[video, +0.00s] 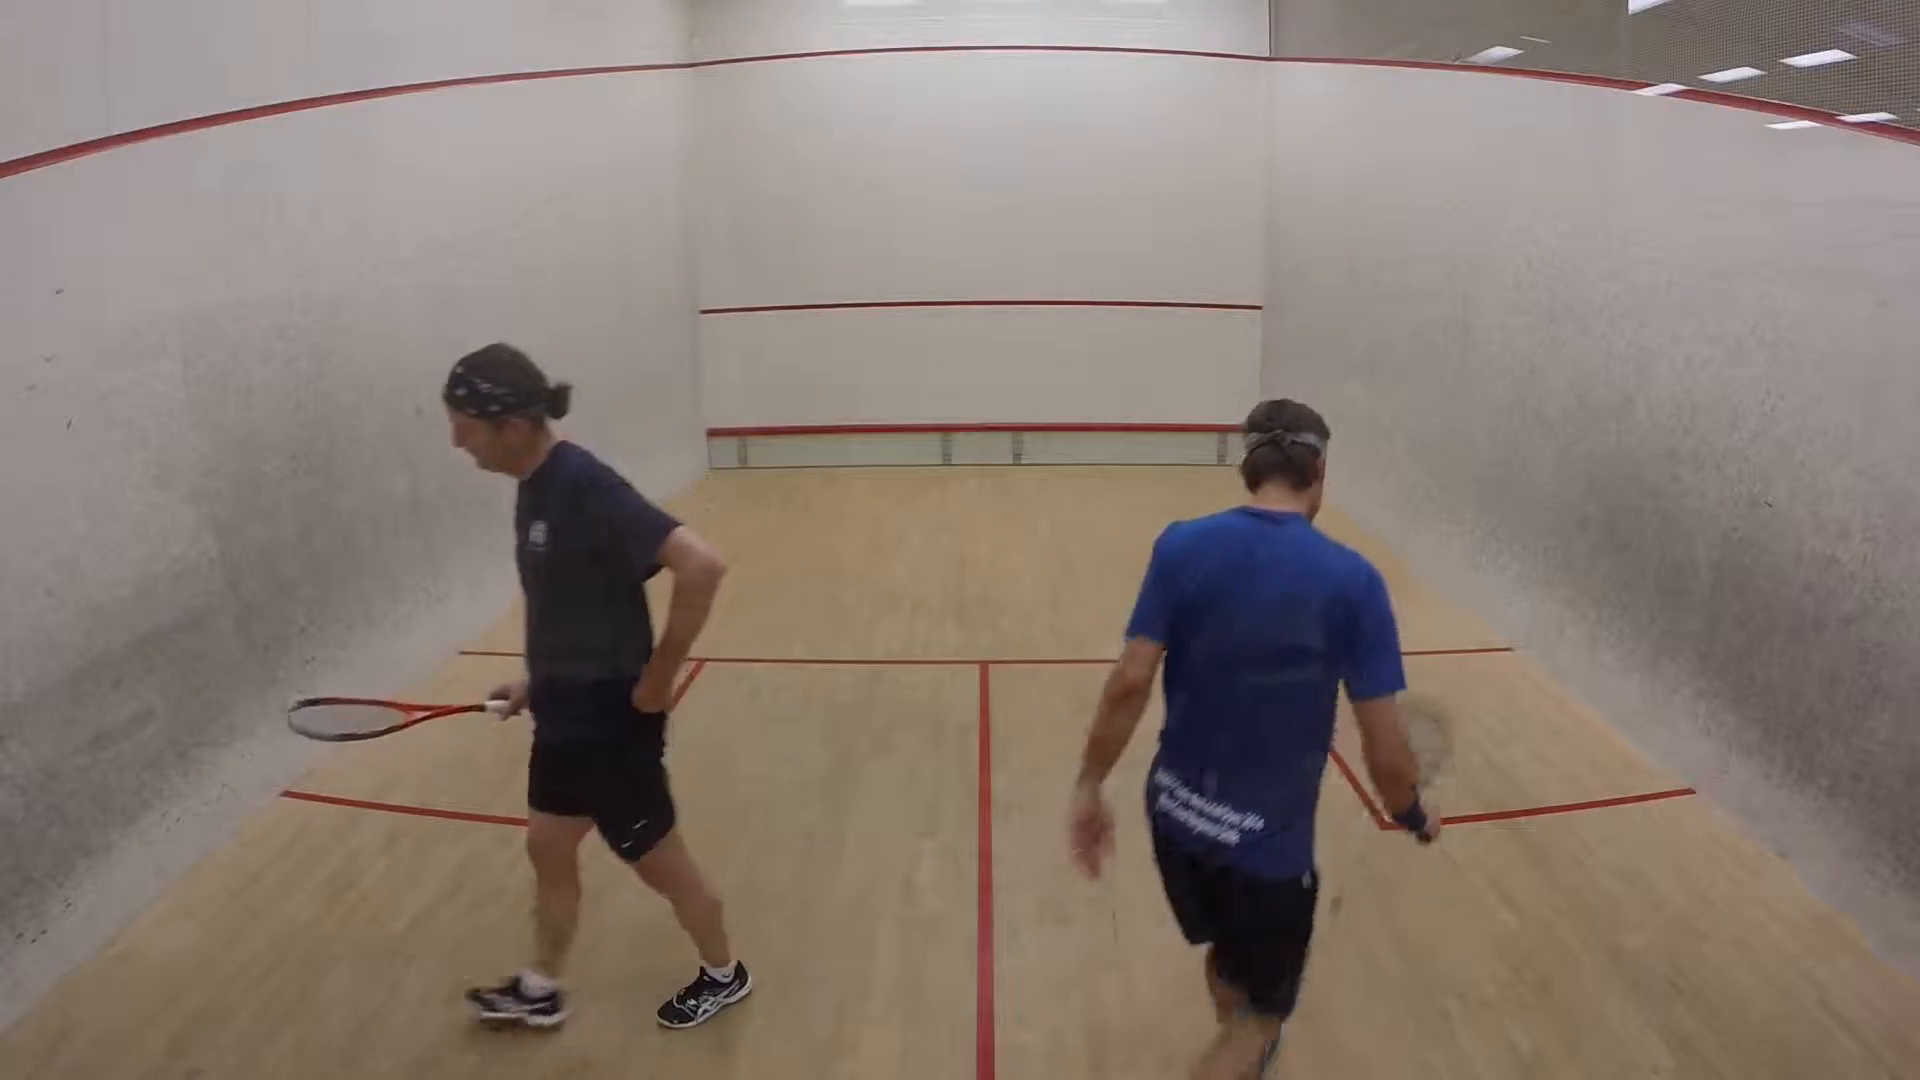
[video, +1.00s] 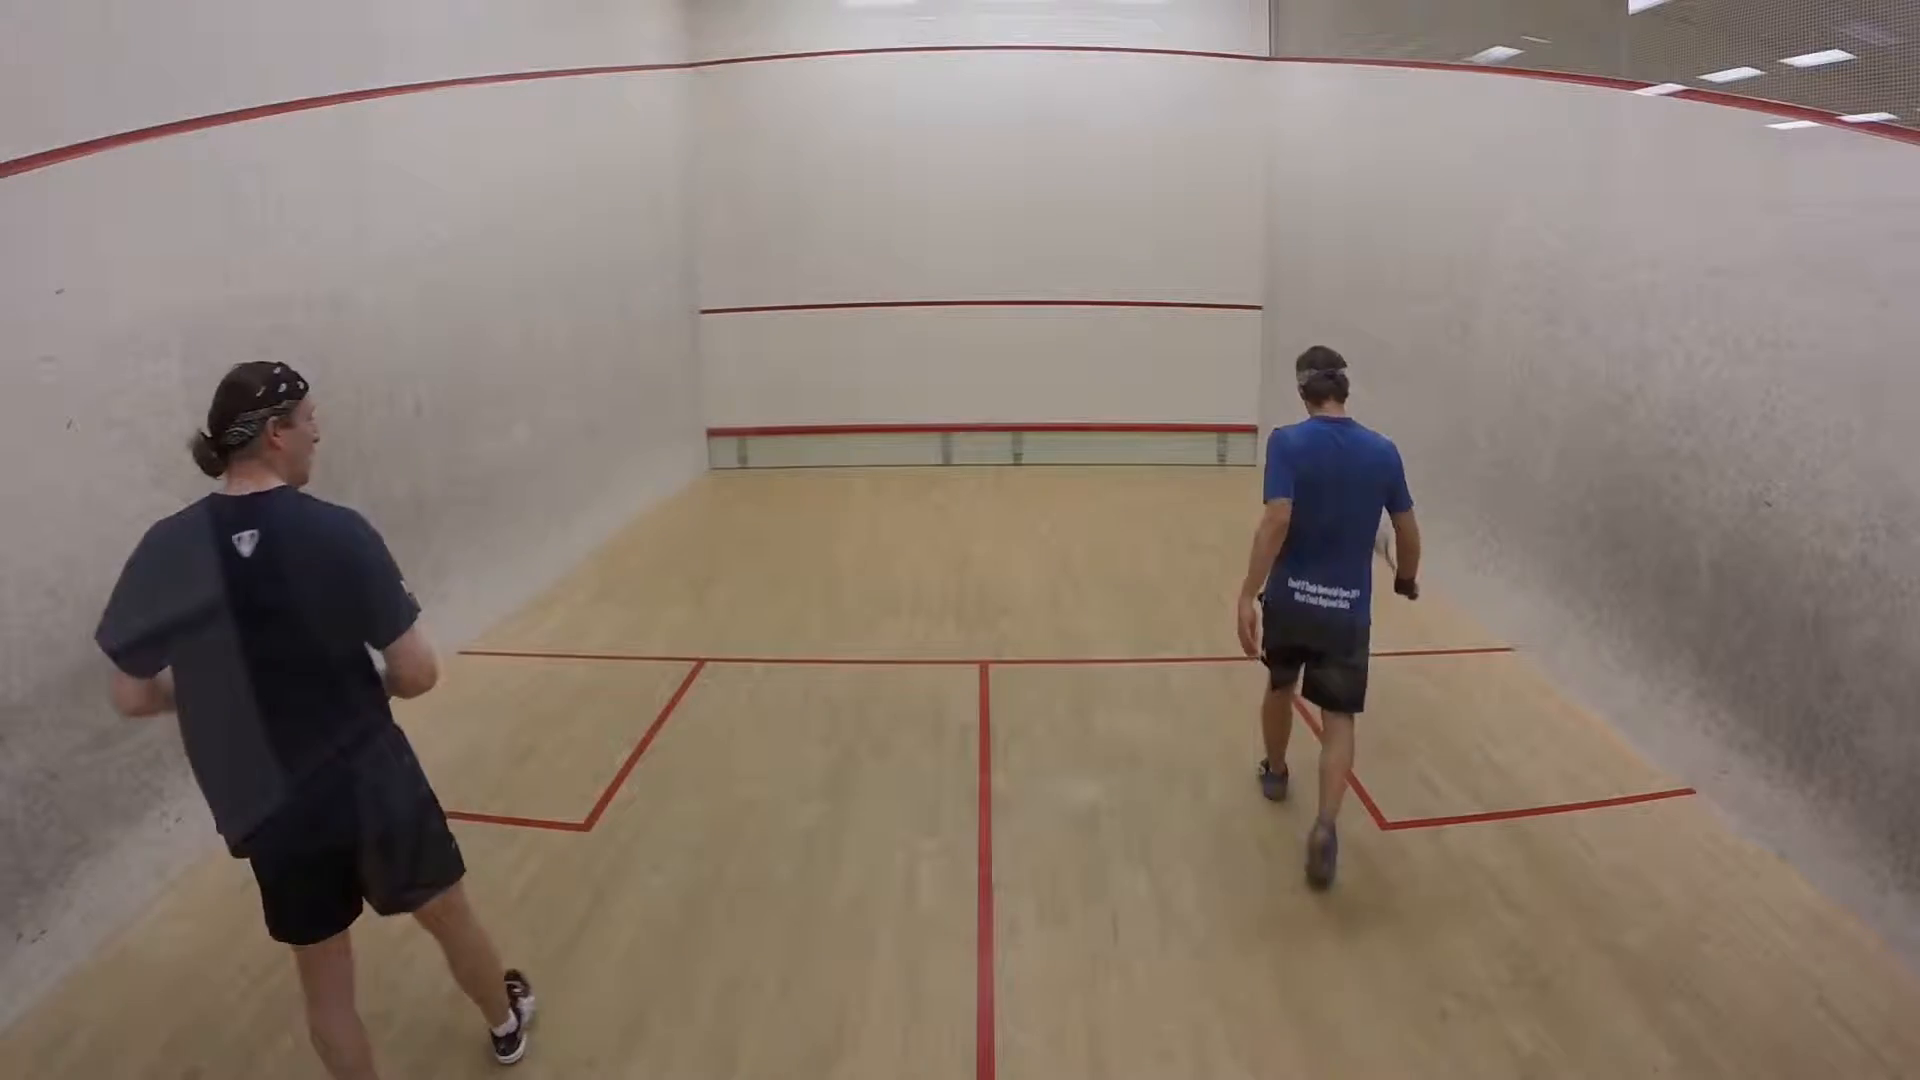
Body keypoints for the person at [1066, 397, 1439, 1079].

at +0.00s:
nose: (1326, 477)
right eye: (1327, 466)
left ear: (1246, 468)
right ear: (1319, 473)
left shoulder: (1183, 547)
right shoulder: (1349, 581)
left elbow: (1129, 682)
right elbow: (1386, 755)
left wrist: (1089, 788)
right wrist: (1408, 812)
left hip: (1174, 819)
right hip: (1267, 849)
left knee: (1222, 958)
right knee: (1256, 1018)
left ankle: (1245, 1053)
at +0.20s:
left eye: (1286, 421)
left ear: (1284, 430)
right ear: (1354, 433)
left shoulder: (1234, 502)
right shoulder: (1386, 533)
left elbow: (1177, 625)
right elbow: (1421, 665)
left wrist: (1163, 681)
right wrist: (1433, 709)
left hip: (1233, 758)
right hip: (1325, 769)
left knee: (1242, 912)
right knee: (1328, 876)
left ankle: (1245, 1055)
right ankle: (1303, 1014)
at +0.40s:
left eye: (1316, 418)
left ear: (1310, 428)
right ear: (1370, 431)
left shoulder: (1268, 494)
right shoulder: (1405, 522)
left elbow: (1206, 594)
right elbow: (1434, 652)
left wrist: (1183, 618)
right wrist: (1425, 663)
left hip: (1271, 724)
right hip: (1350, 731)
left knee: (1264, 868)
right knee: (1332, 816)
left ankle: (1250, 1036)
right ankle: (1316, 903)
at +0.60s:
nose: (1330, 404)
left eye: (1324, 395)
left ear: (1324, 403)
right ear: (1380, 403)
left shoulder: (1293, 464)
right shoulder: (1411, 484)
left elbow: (1257, 563)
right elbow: (1434, 592)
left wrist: (1210, 625)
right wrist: (1437, 643)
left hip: (1292, 664)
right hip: (1362, 673)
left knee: (1273, 765)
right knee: (1342, 778)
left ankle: (1275, 888)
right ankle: (1316, 893)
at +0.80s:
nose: (1321, 397)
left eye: (1317, 390)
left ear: (1316, 395)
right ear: (1366, 394)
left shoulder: (1296, 452)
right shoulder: (1401, 463)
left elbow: (1282, 534)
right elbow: (1427, 552)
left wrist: (1249, 622)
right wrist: (1427, 598)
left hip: (1297, 635)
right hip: (1361, 644)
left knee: (1284, 718)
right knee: (1341, 773)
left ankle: (1270, 793)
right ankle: (1315, 890)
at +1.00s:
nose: (1305, 395)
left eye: (1303, 388)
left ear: (1301, 392)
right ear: (1347, 390)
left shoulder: (1287, 442)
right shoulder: (1382, 451)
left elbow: (1278, 517)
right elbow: (1406, 530)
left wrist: (1248, 596)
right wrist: (1407, 577)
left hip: (1289, 607)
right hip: (1348, 616)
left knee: (1280, 683)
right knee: (1339, 721)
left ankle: (1275, 771)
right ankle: (1326, 824)